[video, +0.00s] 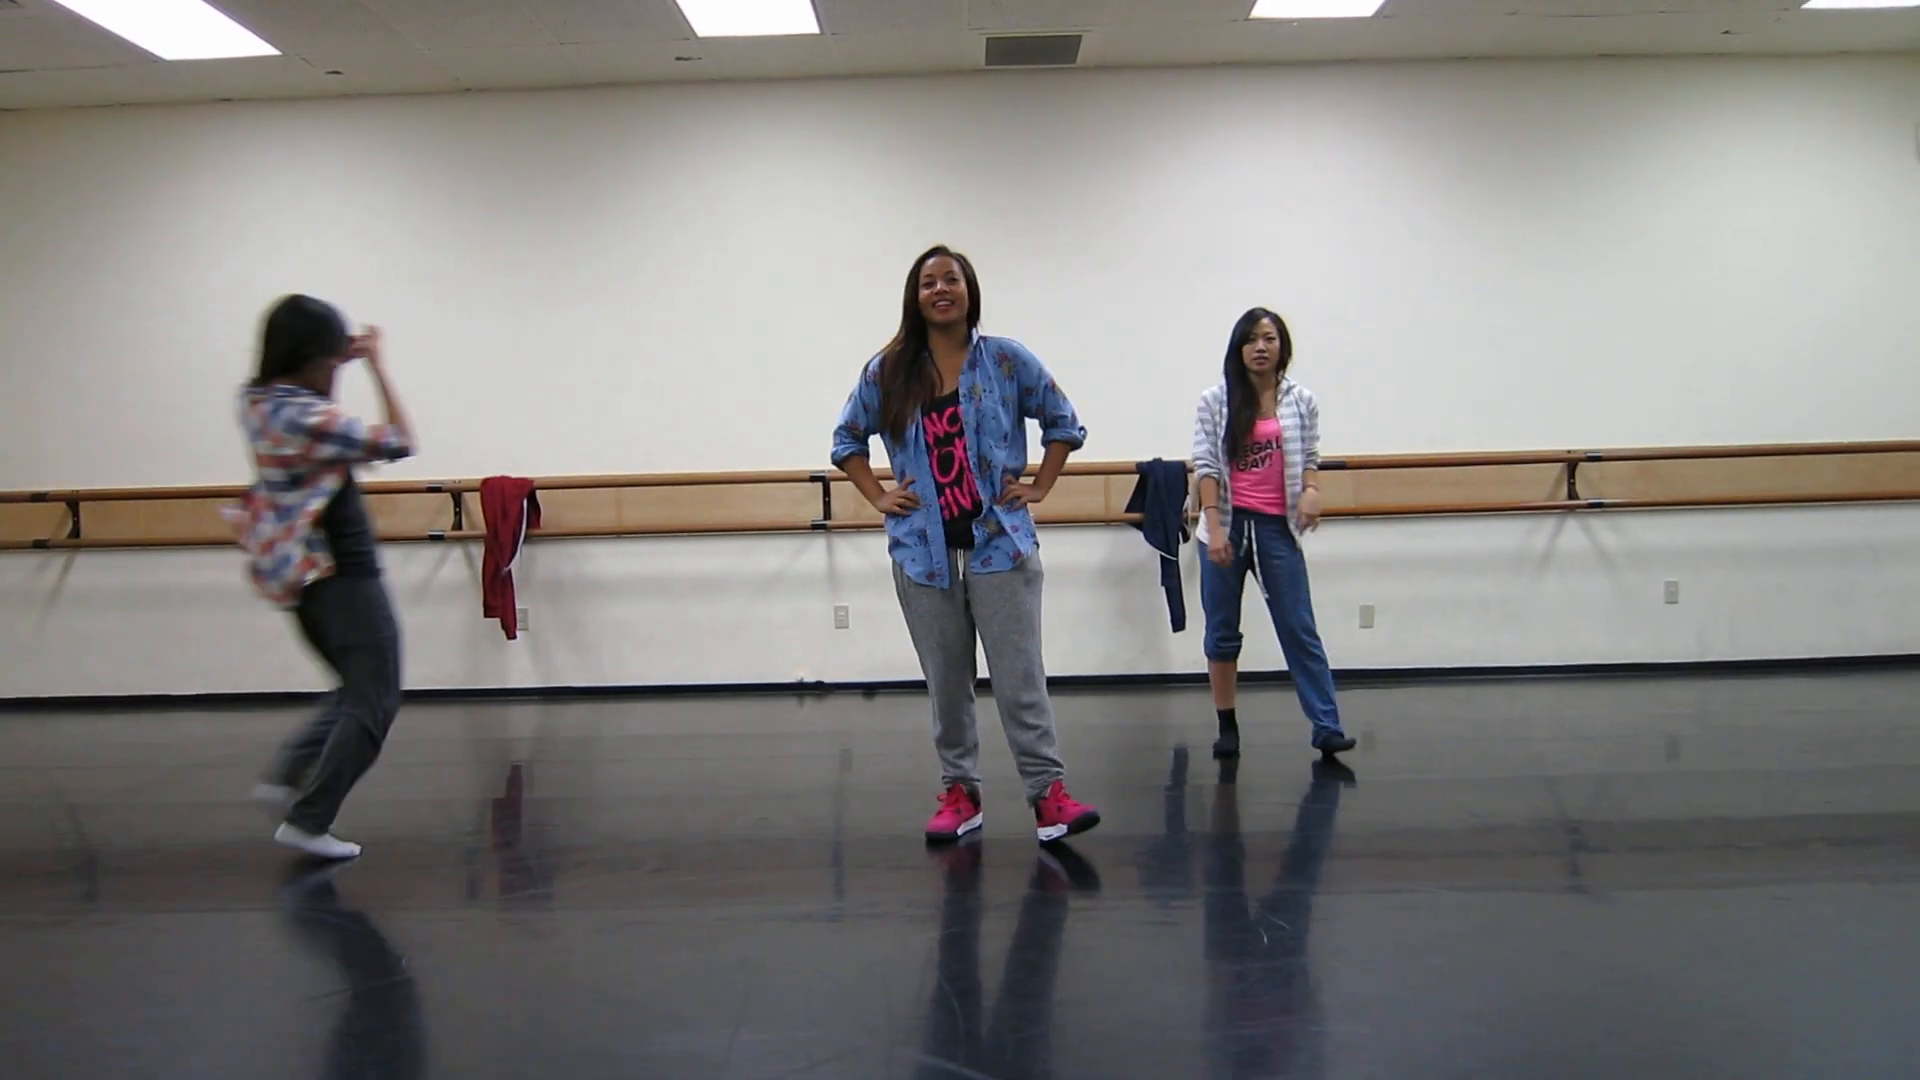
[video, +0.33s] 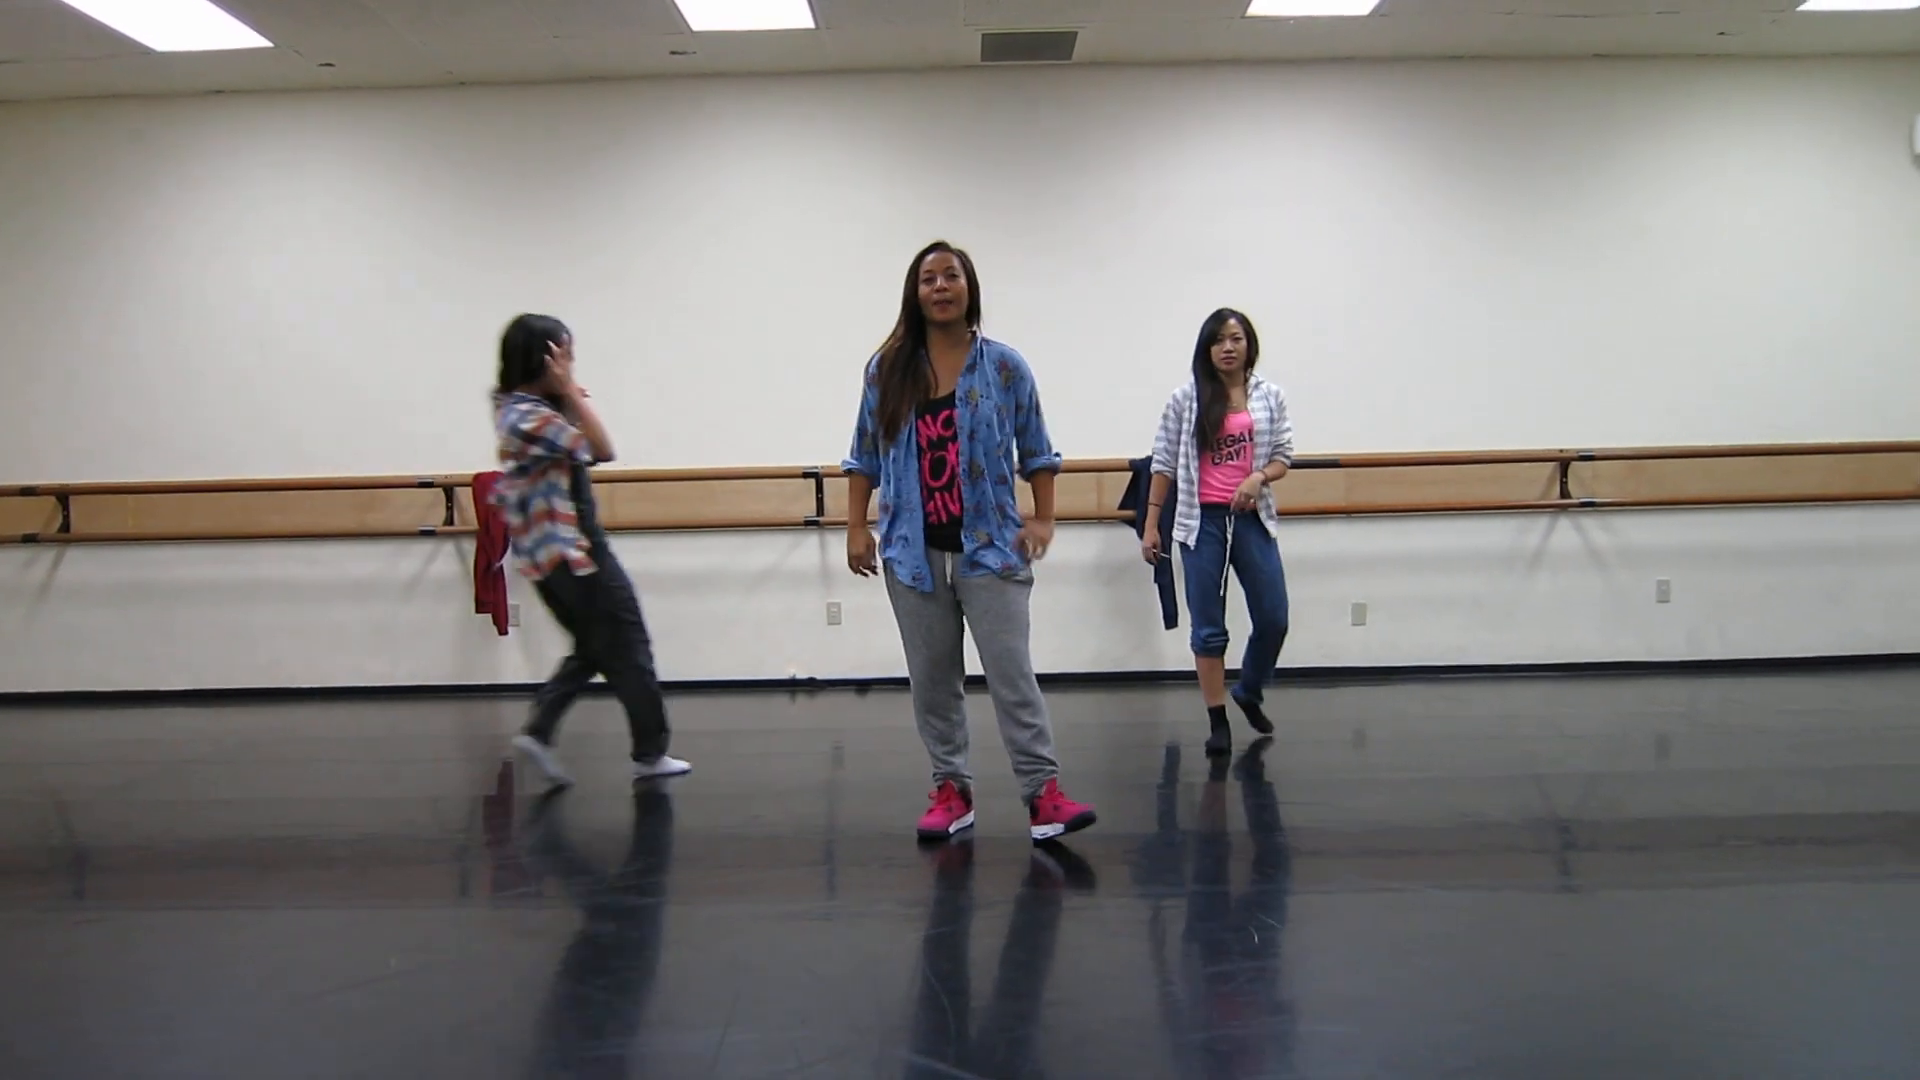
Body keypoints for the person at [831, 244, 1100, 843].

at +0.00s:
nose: (941, 288)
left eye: (951, 279)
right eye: (930, 281)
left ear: (971, 291)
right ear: (914, 297)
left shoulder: (1006, 358)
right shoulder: (887, 371)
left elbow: (1063, 421)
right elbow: (844, 442)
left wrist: (1040, 485)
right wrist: (877, 494)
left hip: (1001, 540)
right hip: (923, 549)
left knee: (1020, 673)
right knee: (946, 680)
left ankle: (1048, 793)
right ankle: (959, 793)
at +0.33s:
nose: (941, 286)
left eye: (951, 276)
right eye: (929, 278)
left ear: (971, 287)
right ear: (914, 294)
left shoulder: (1004, 365)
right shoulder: (888, 369)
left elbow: (1038, 450)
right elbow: (865, 453)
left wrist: (1043, 517)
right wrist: (857, 526)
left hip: (991, 553)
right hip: (913, 554)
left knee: (1012, 675)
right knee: (932, 682)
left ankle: (1043, 793)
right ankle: (951, 791)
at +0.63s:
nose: (950, 290)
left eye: (961, 280)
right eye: (938, 282)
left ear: (978, 291)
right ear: (921, 295)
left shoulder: (1007, 367)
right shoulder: (890, 368)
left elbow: (1031, 458)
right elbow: (866, 455)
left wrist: (1041, 534)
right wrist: (861, 530)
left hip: (987, 550)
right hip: (909, 552)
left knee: (988, 677)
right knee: (928, 680)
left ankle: (1019, 803)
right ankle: (943, 793)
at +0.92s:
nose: (977, 290)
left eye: (988, 280)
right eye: (965, 281)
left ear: (1007, 290)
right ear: (950, 293)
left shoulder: (1033, 365)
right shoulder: (921, 362)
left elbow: (1043, 459)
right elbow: (910, 453)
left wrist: (975, 498)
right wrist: (959, 521)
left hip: (1012, 549)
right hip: (935, 548)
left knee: (1015, 678)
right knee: (948, 677)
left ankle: (1040, 802)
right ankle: (961, 792)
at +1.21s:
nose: (994, 293)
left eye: (1004, 283)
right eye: (982, 284)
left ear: (1022, 293)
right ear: (964, 296)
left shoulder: (1046, 361)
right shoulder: (937, 364)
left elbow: (1037, 433)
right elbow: (939, 446)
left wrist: (956, 454)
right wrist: (1011, 479)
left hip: (1037, 542)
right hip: (961, 546)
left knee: (1063, 674)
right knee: (973, 679)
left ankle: (1087, 803)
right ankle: (985, 794)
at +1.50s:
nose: (1003, 294)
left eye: (1015, 283)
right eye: (991, 285)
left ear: (1033, 293)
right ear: (975, 296)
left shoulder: (1062, 364)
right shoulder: (948, 371)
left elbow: (1101, 445)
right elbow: (912, 460)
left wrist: (1143, 516)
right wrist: (878, 540)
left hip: (1058, 546)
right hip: (979, 550)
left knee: (1066, 678)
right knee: (994, 678)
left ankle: (1087, 798)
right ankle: (1008, 791)